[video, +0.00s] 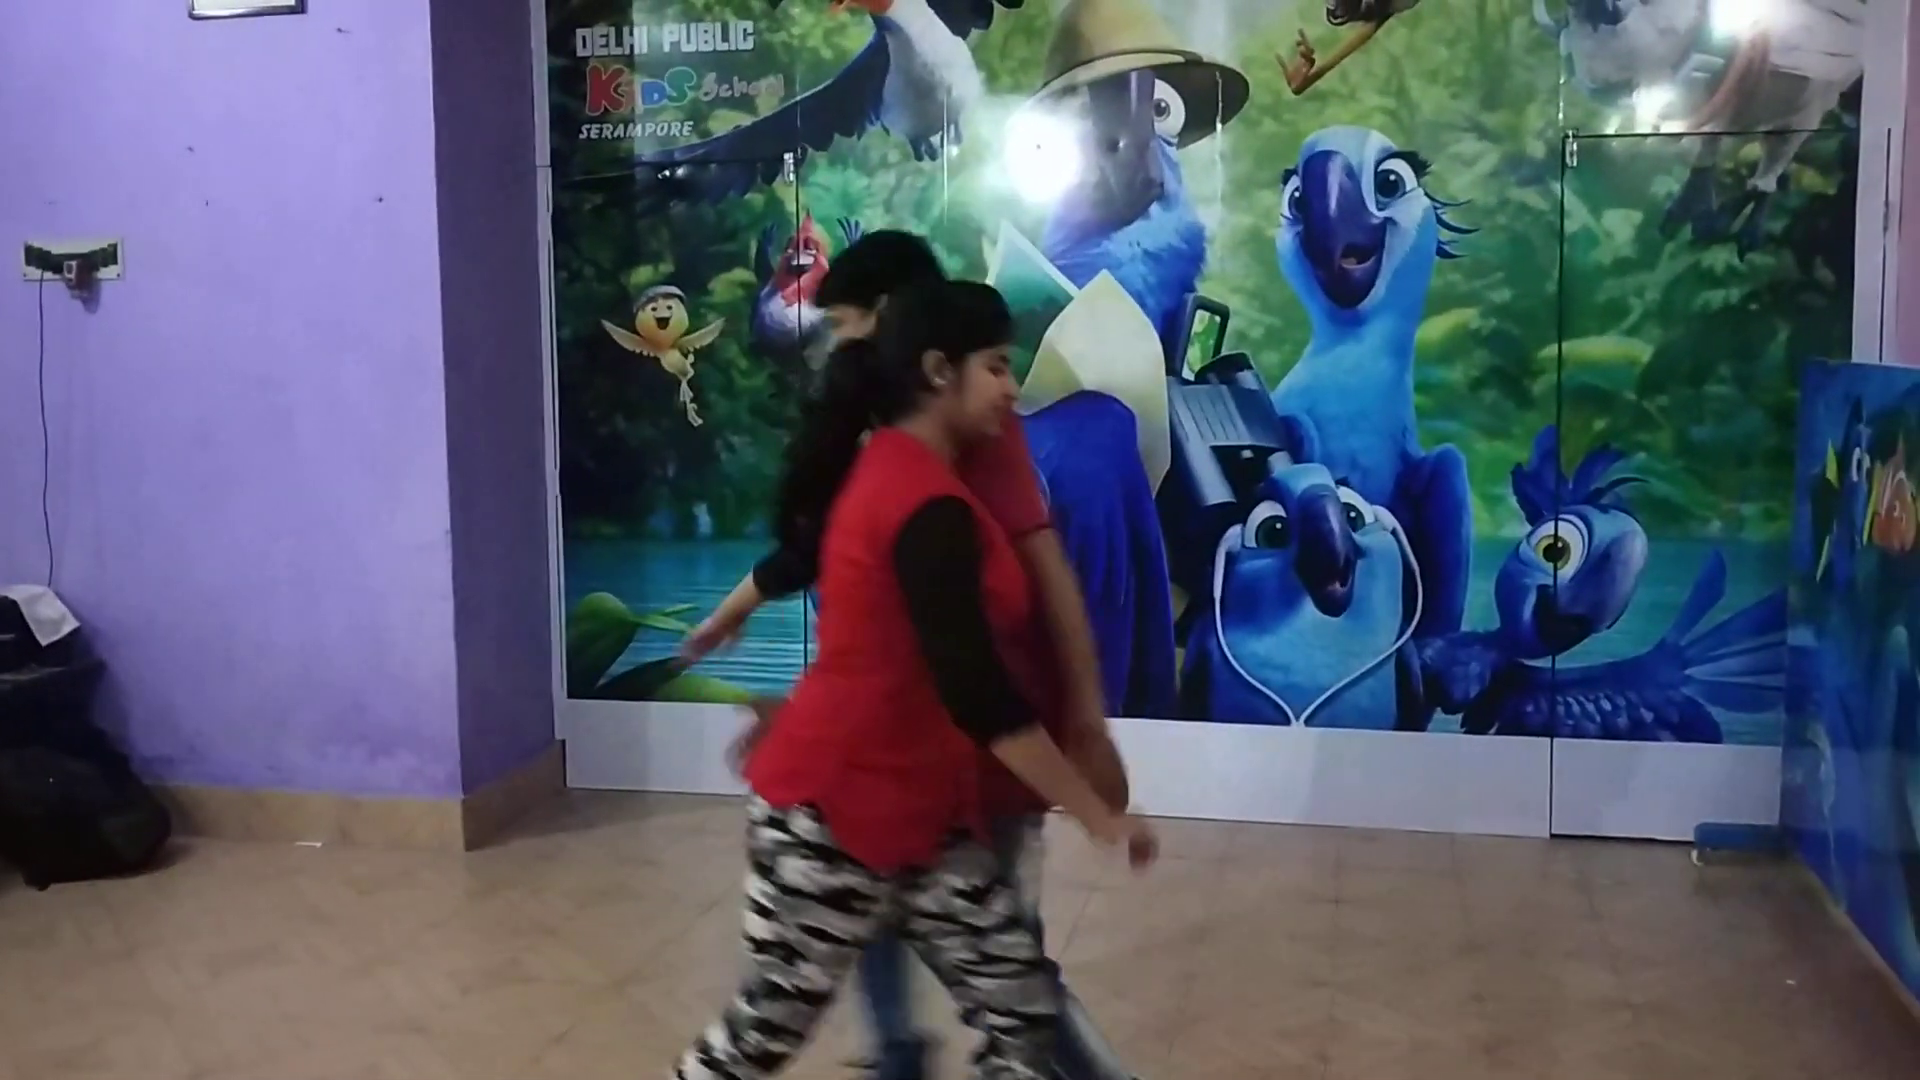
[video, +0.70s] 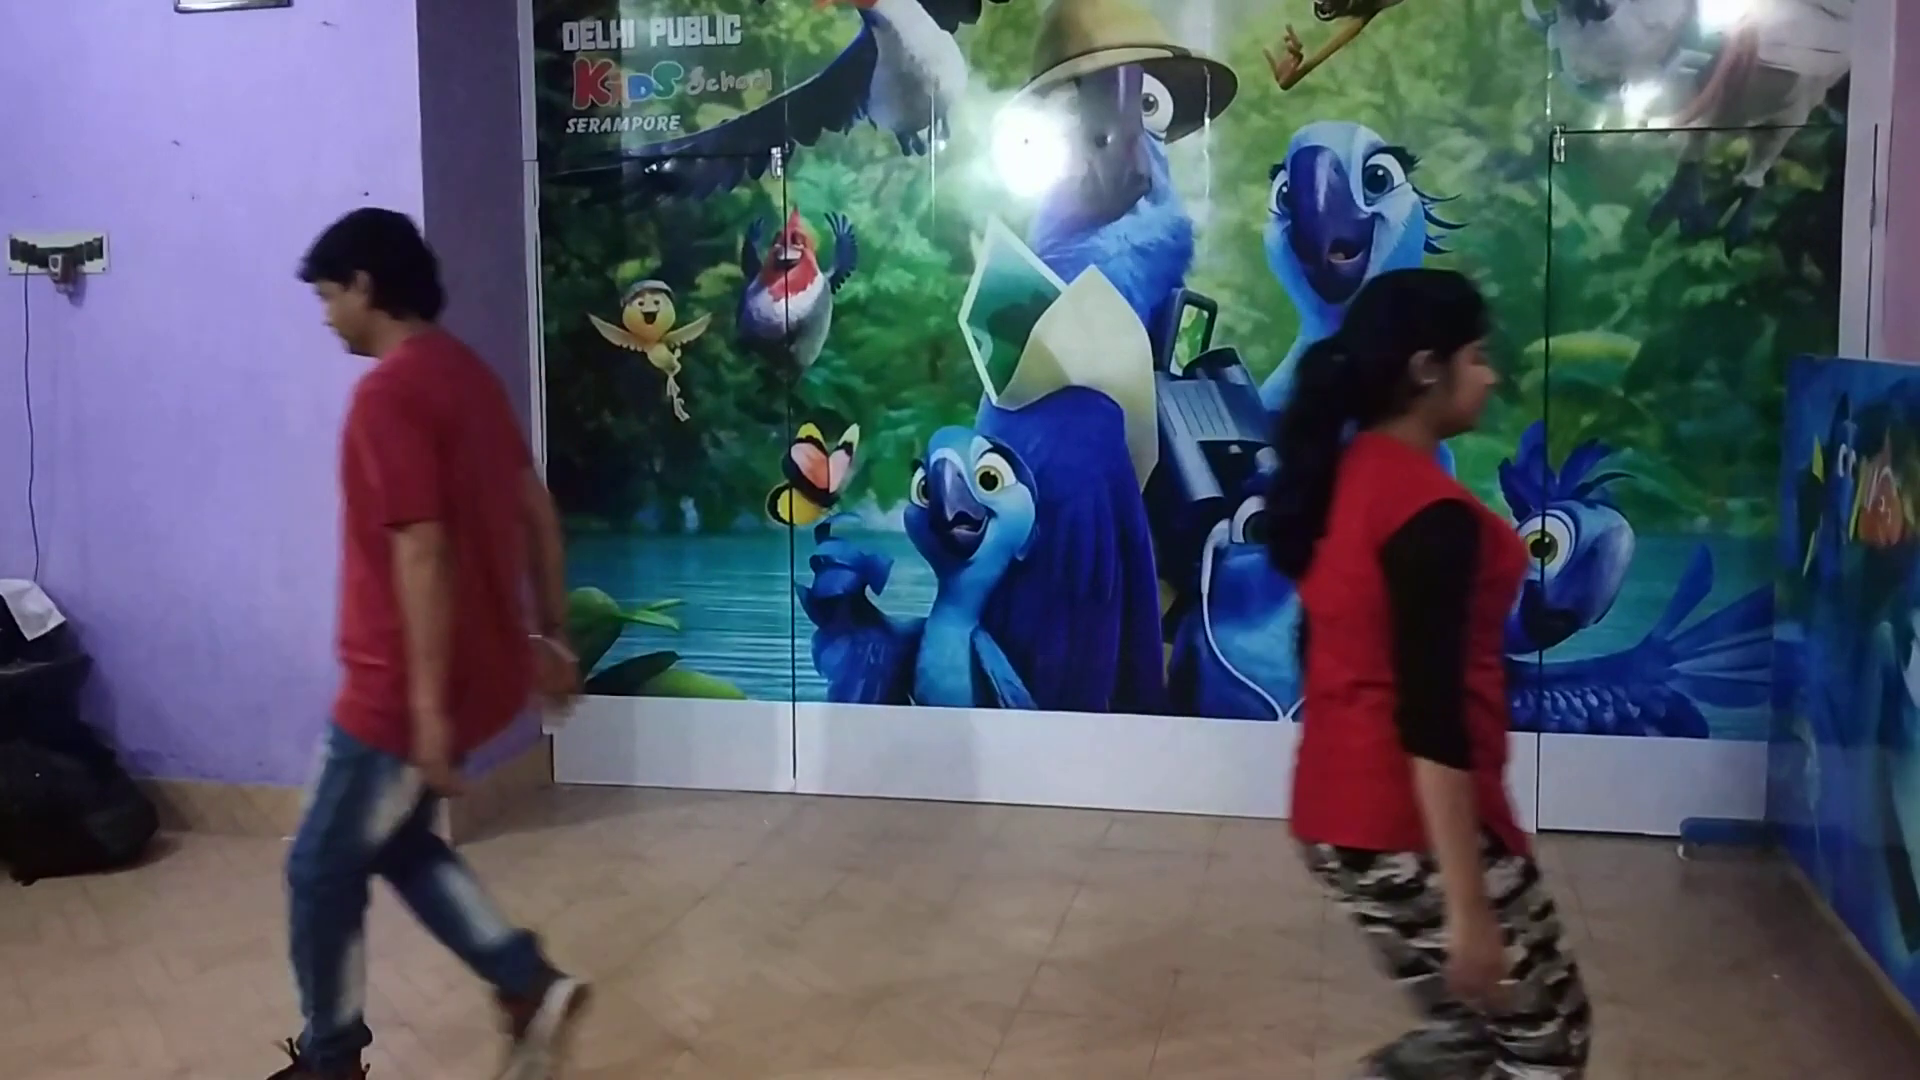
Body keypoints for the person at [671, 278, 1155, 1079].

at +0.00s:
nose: (1013, 389)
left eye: (1011, 368)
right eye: (997, 367)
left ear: (942, 374)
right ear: (939, 371)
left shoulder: (891, 467)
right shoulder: (928, 502)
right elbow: (978, 697)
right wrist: (1100, 818)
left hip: (920, 813)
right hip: (830, 813)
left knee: (1024, 1014)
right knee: (763, 1031)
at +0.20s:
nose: (691, 370)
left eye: (697, 349)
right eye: (690, 352)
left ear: (743, 343)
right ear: (751, 344)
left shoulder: (824, 427)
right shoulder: (793, 426)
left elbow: (903, 591)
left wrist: (934, 734)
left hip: (844, 746)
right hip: (806, 739)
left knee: (908, 969)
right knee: (710, 861)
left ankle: (1045, 1062)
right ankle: (692, 1055)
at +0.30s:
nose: (612, 358)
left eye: (615, 339)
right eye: (608, 342)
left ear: (659, 329)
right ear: (672, 329)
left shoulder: (720, 417)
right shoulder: (729, 405)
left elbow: (797, 563)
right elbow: (818, 544)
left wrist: (836, 724)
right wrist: (863, 673)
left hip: (752, 740)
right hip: (728, 728)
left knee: (769, 959)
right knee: (642, 870)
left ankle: (956, 1057)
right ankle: (676, 1060)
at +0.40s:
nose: (538, 343)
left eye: (541, 324)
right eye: (535, 326)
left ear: (582, 315)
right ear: (601, 315)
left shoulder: (627, 410)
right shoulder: (669, 388)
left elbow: (696, 558)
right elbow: (754, 521)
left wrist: (739, 715)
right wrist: (795, 645)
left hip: (651, 712)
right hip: (689, 704)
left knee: (574, 908)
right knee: (627, 890)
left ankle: (740, 1029)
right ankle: (668, 1060)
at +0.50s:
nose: (462, 333)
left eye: (467, 313)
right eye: (459, 316)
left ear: (511, 304)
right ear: (535, 305)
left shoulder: (550, 401)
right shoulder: (603, 384)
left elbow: (608, 555)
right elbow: (682, 515)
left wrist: (637, 714)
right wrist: (711, 640)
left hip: (566, 701)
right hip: (621, 694)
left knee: (443, 858)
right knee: (583, 876)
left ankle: (486, 1031)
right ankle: (656, 1049)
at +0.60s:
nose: (391, 320)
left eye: (397, 301)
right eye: (389, 303)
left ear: (439, 295)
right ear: (467, 295)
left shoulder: (467, 398)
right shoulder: (531, 377)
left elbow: (513, 549)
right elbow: (602, 509)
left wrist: (533, 708)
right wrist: (623, 631)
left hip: (476, 700)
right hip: (536, 696)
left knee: (385, 868)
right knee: (524, 870)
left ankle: (350, 1053)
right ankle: (631, 1042)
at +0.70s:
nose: (322, 313)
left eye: (328, 293)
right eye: (320, 294)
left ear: (368, 288)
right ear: (395, 287)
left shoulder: (389, 393)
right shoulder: (467, 372)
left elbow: (421, 548)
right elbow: (535, 506)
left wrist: (428, 707)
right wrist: (551, 630)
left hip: (395, 694)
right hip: (464, 682)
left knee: (320, 866)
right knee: (402, 843)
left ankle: (330, 1053)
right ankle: (526, 985)